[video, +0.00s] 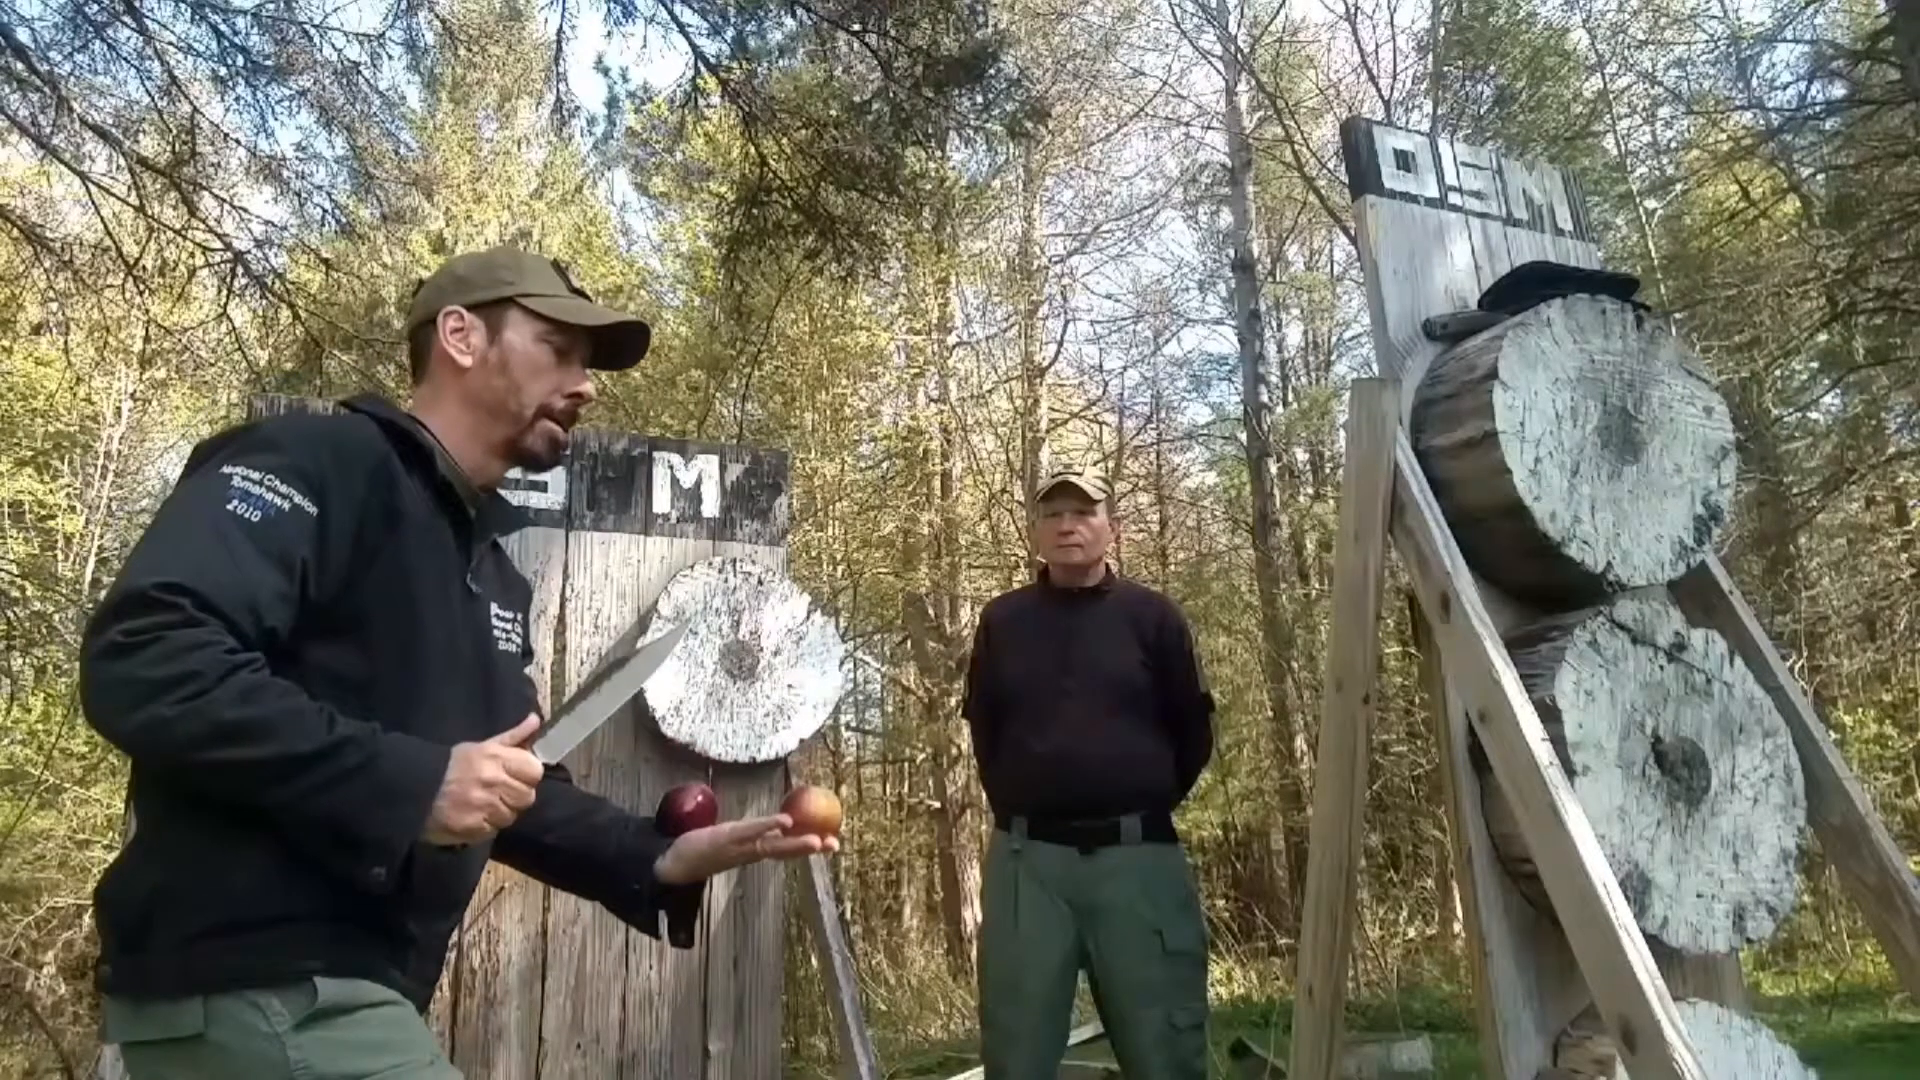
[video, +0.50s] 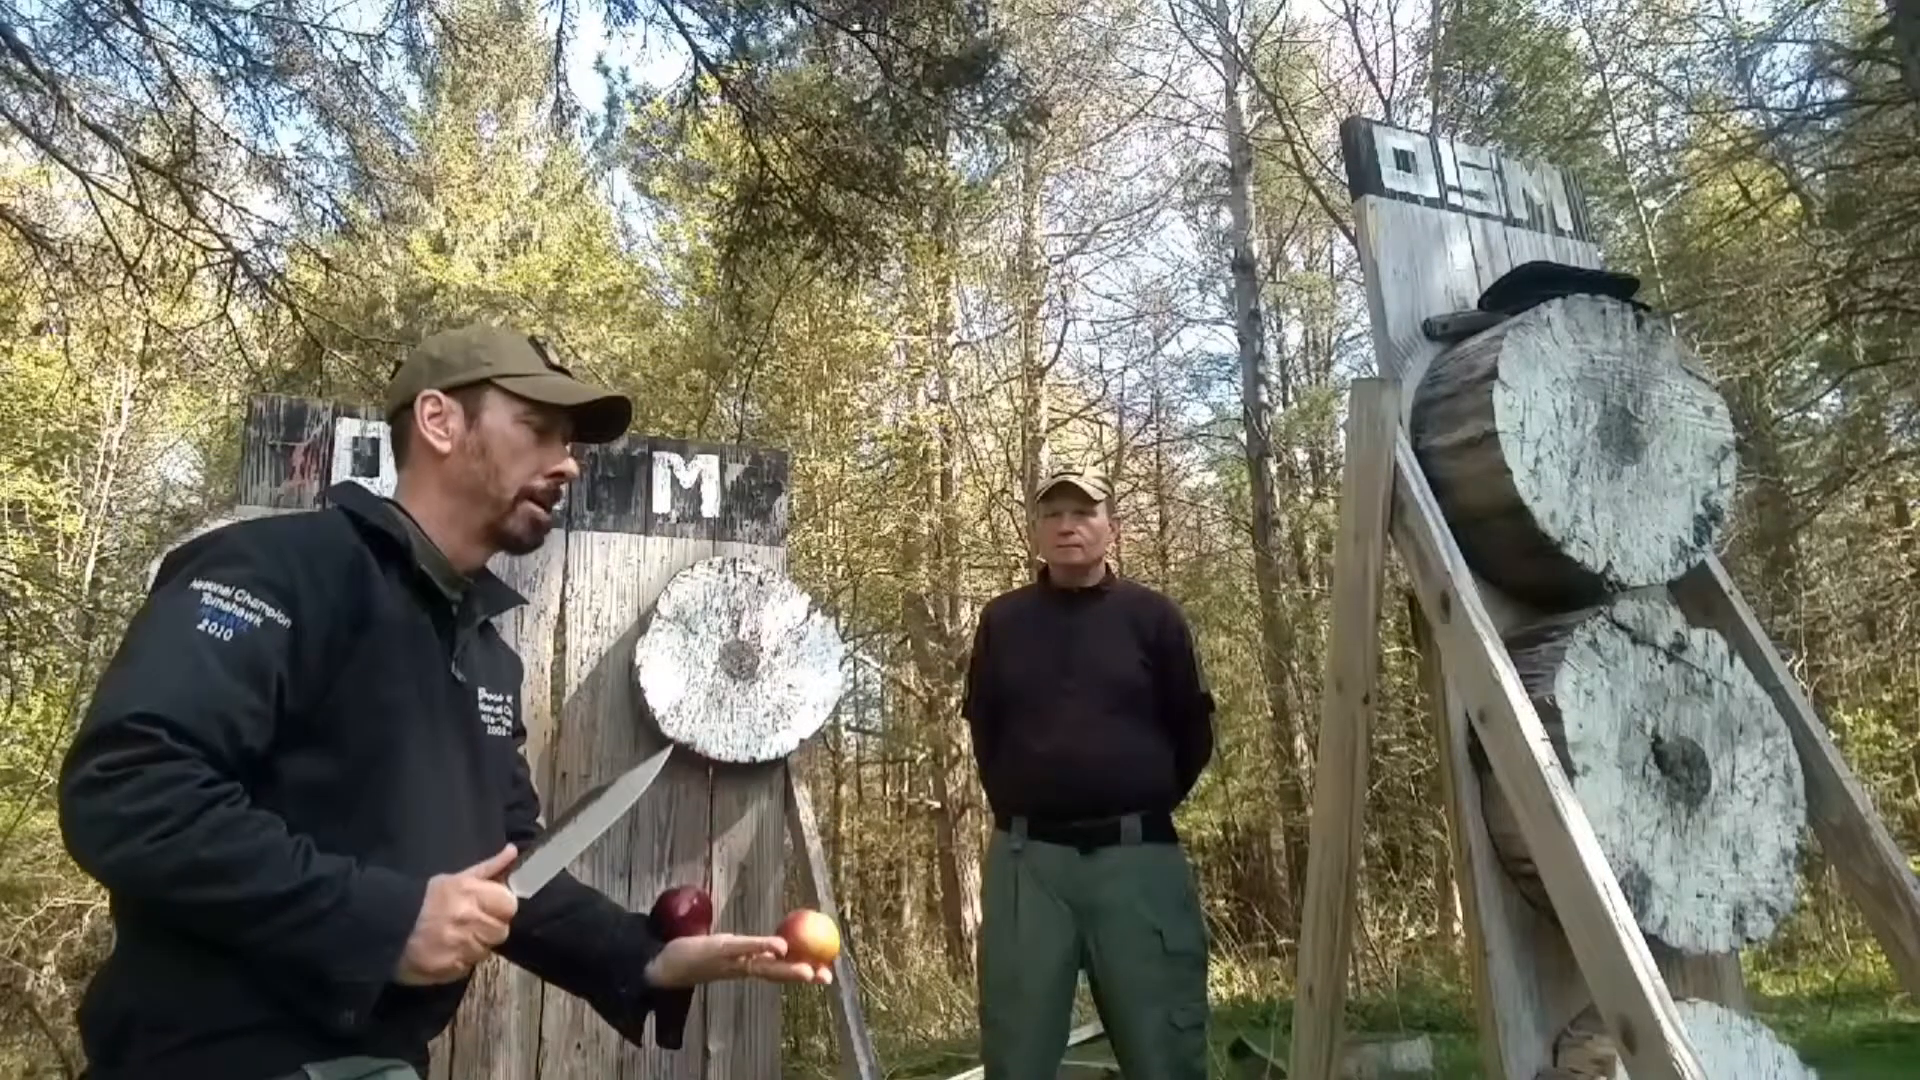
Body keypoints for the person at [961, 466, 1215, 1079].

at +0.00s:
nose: (1068, 525)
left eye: (1082, 513)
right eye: (1053, 515)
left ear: (1110, 529)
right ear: (1034, 534)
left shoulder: (1154, 615)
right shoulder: (1001, 619)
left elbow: (1194, 732)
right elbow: (983, 726)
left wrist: (1140, 813)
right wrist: (1026, 815)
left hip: (1139, 862)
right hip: (1025, 862)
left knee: (1164, 1058)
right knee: (1016, 1059)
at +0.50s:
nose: (1068, 525)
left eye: (1082, 513)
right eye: (1053, 515)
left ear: (1110, 530)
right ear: (1033, 534)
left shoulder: (1153, 614)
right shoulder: (1000, 619)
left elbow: (1194, 732)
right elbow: (983, 727)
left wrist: (1141, 814)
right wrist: (1025, 817)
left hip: (1139, 861)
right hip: (1026, 862)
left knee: (1163, 1058)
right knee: (1017, 1059)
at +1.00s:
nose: (1068, 525)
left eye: (1082, 513)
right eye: (1053, 515)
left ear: (1110, 529)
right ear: (1034, 533)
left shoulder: (1153, 615)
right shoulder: (1000, 619)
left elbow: (1194, 732)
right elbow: (983, 726)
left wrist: (1141, 813)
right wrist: (1026, 815)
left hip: (1138, 861)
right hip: (1025, 861)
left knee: (1163, 1057)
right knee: (1016, 1058)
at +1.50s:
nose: (1069, 521)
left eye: (1083, 510)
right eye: (1053, 512)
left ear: (1110, 530)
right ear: (1034, 533)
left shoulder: (1153, 614)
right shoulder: (1000, 618)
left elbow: (1194, 731)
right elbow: (983, 726)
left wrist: (1141, 813)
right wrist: (1026, 814)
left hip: (1138, 860)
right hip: (1025, 861)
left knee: (1164, 1057)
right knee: (1016, 1059)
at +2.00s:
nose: (1069, 519)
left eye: (1083, 508)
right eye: (1053, 510)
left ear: (1110, 529)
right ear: (1034, 532)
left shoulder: (1153, 614)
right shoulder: (1000, 619)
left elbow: (1194, 730)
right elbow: (983, 727)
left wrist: (1142, 813)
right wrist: (1025, 815)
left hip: (1138, 860)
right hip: (1025, 861)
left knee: (1164, 1057)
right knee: (1017, 1058)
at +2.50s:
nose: (1069, 518)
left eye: (1083, 508)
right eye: (1054, 509)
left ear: (1109, 530)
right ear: (1034, 532)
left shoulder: (1150, 613)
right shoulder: (999, 619)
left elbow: (1194, 730)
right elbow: (983, 730)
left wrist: (1141, 813)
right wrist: (1026, 817)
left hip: (1140, 860)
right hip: (1025, 861)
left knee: (1165, 1057)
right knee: (1017, 1059)